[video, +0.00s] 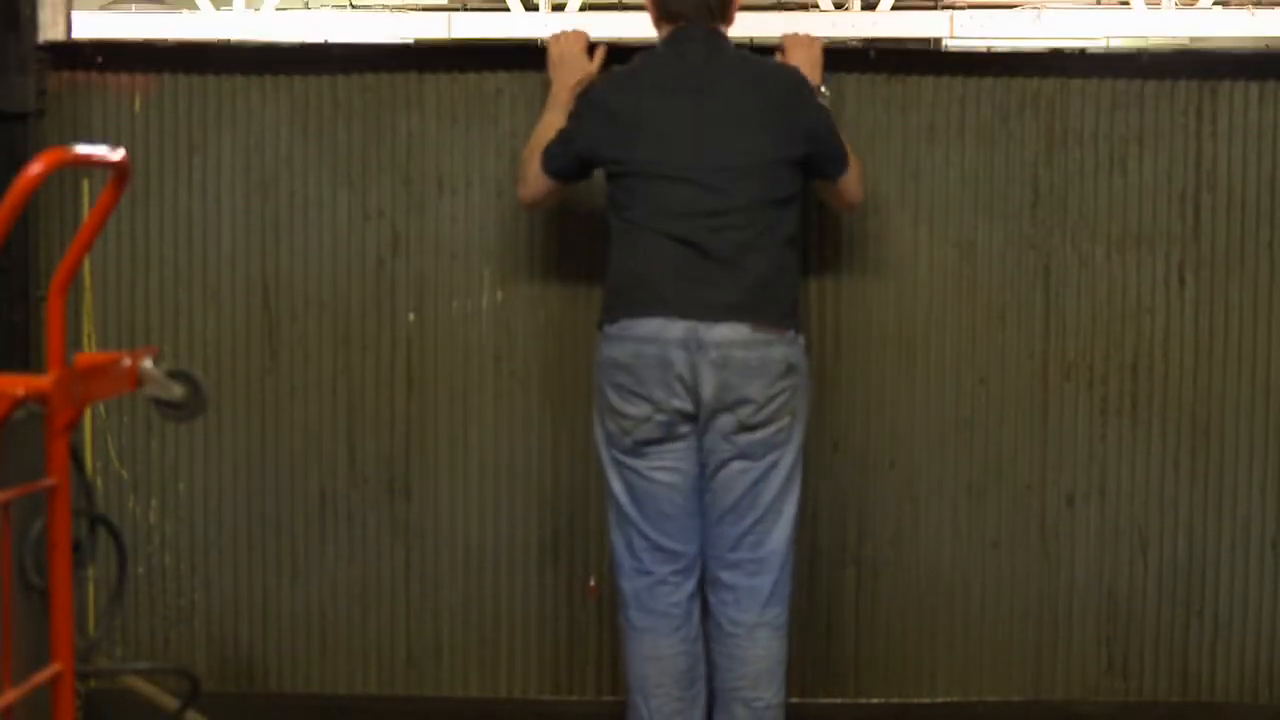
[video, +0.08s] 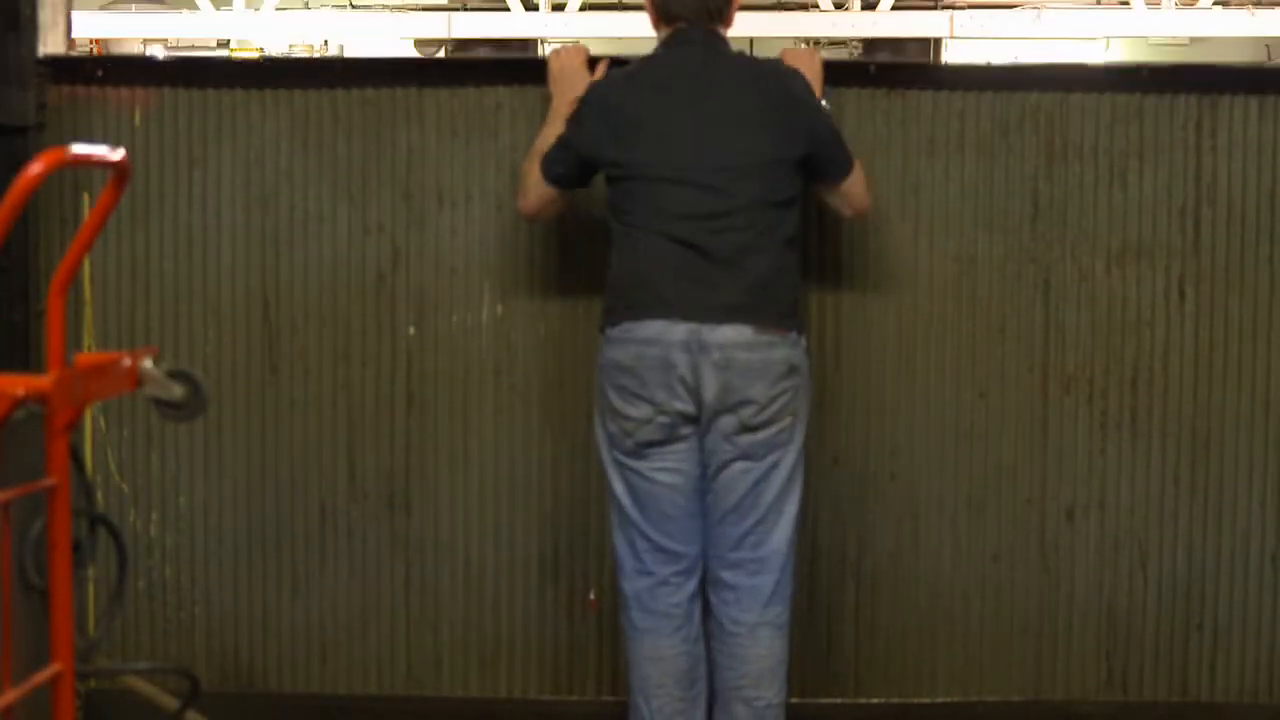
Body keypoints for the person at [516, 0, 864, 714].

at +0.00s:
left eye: (652, 8)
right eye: (731, 7)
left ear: (654, 12)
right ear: (731, 10)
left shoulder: (618, 92)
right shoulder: (780, 91)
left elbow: (534, 184)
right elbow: (847, 189)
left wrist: (562, 91)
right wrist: (810, 92)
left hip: (643, 335)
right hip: (757, 336)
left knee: (657, 569)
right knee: (751, 568)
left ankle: (665, 713)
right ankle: (750, 713)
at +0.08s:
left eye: (651, 9)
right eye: (732, 9)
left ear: (652, 13)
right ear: (731, 13)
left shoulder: (619, 95)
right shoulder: (778, 91)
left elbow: (534, 198)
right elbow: (855, 199)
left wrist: (562, 104)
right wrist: (812, 104)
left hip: (645, 339)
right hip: (759, 340)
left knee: (659, 572)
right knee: (752, 571)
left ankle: (666, 714)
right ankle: (750, 714)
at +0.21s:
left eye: (640, 10)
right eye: (727, 10)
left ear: (644, 14)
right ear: (725, 13)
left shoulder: (611, 99)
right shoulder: (780, 93)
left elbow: (537, 219)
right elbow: (862, 201)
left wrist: (562, 128)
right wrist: (802, 113)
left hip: (647, 340)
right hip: (761, 340)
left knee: (661, 572)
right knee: (752, 570)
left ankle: (669, 714)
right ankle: (752, 713)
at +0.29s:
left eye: (631, 14)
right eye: (718, 12)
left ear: (635, 17)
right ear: (716, 14)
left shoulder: (605, 102)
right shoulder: (779, 89)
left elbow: (538, 228)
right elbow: (870, 185)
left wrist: (562, 141)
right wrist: (793, 136)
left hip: (647, 338)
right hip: (762, 337)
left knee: (662, 572)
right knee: (754, 570)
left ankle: (671, 714)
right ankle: (754, 713)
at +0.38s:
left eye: (622, 16)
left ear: (626, 19)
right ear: (706, 13)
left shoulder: (594, 105)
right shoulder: (774, 84)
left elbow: (531, 232)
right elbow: (882, 151)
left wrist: (581, 167)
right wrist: (818, 128)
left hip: (646, 338)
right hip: (762, 336)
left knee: (662, 574)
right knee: (753, 571)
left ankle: (672, 715)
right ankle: (755, 715)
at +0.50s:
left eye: (630, 14)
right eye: (715, 14)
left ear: (633, 20)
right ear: (712, 16)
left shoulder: (593, 104)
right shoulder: (765, 70)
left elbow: (492, 201)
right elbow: (900, 63)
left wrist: (564, 165)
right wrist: (849, 140)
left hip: (643, 340)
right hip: (756, 338)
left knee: (657, 571)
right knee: (742, 572)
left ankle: (665, 716)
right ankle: (738, 717)